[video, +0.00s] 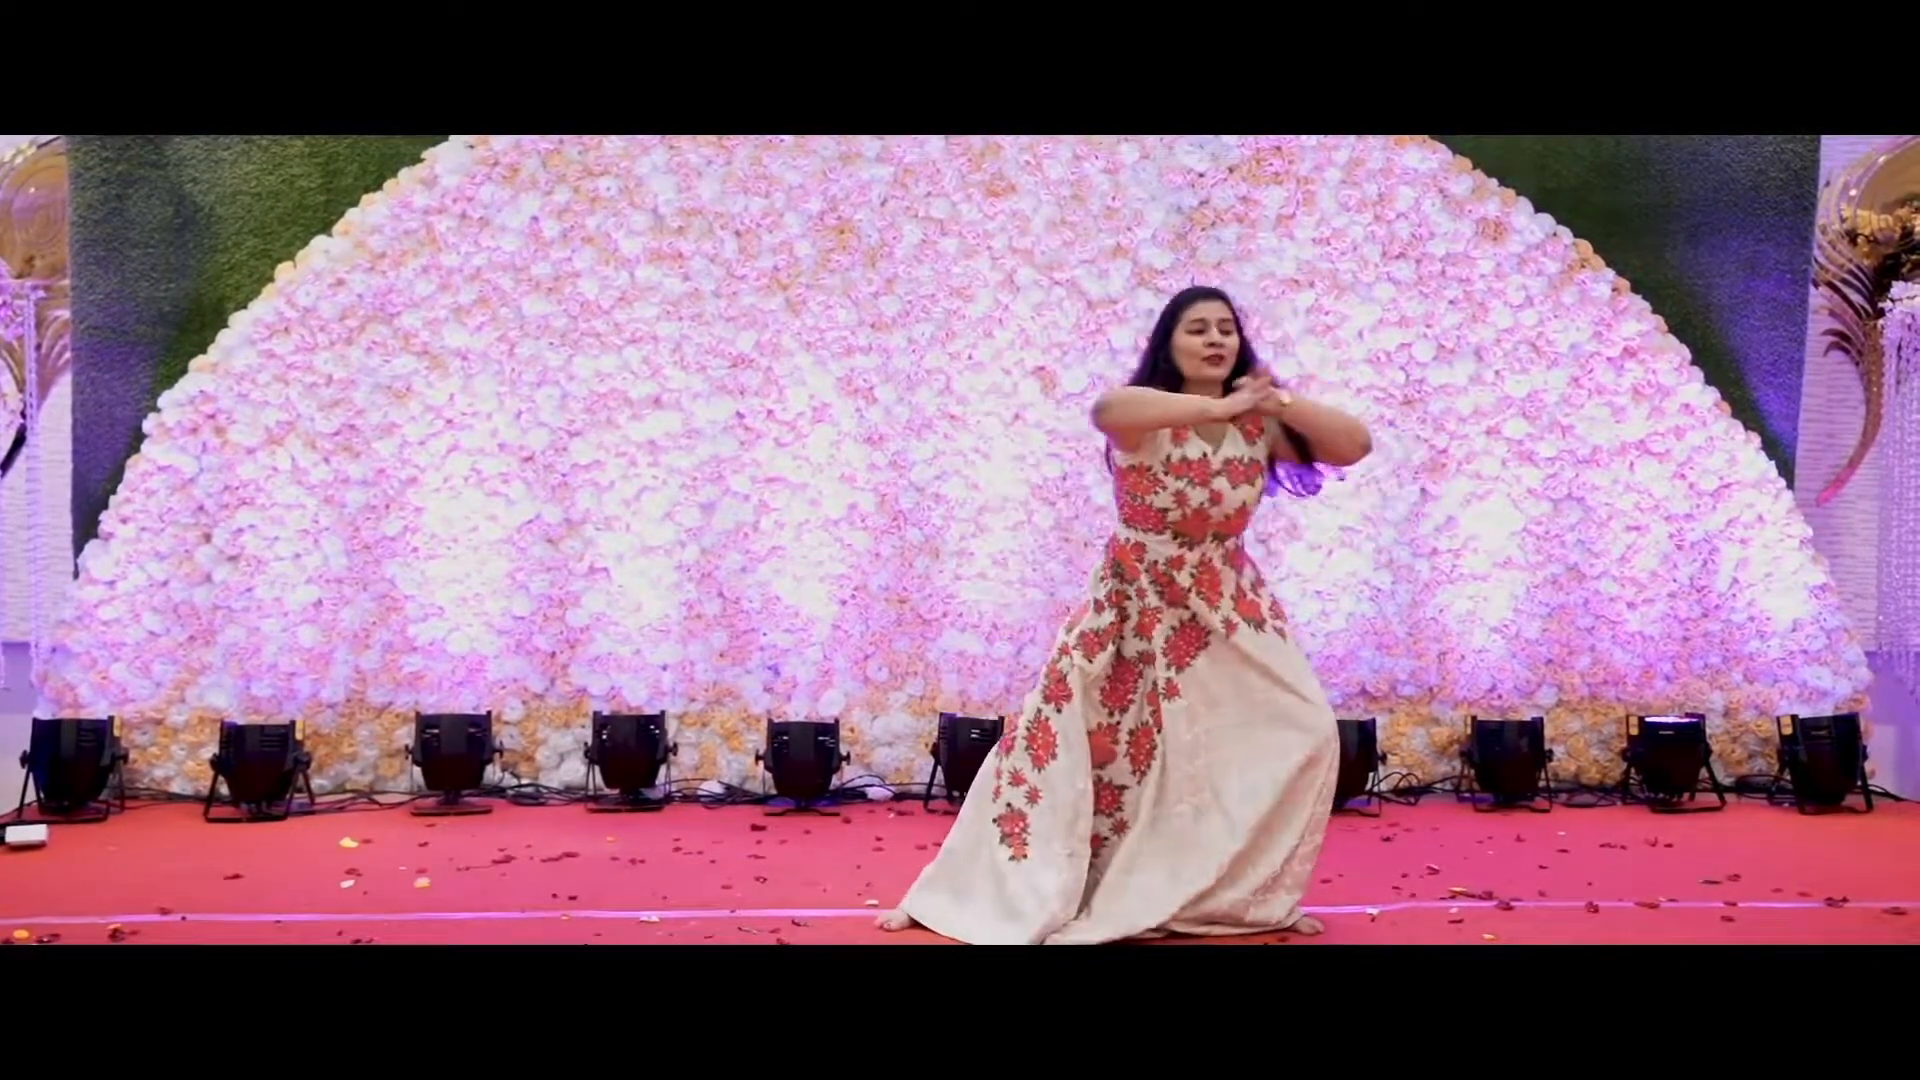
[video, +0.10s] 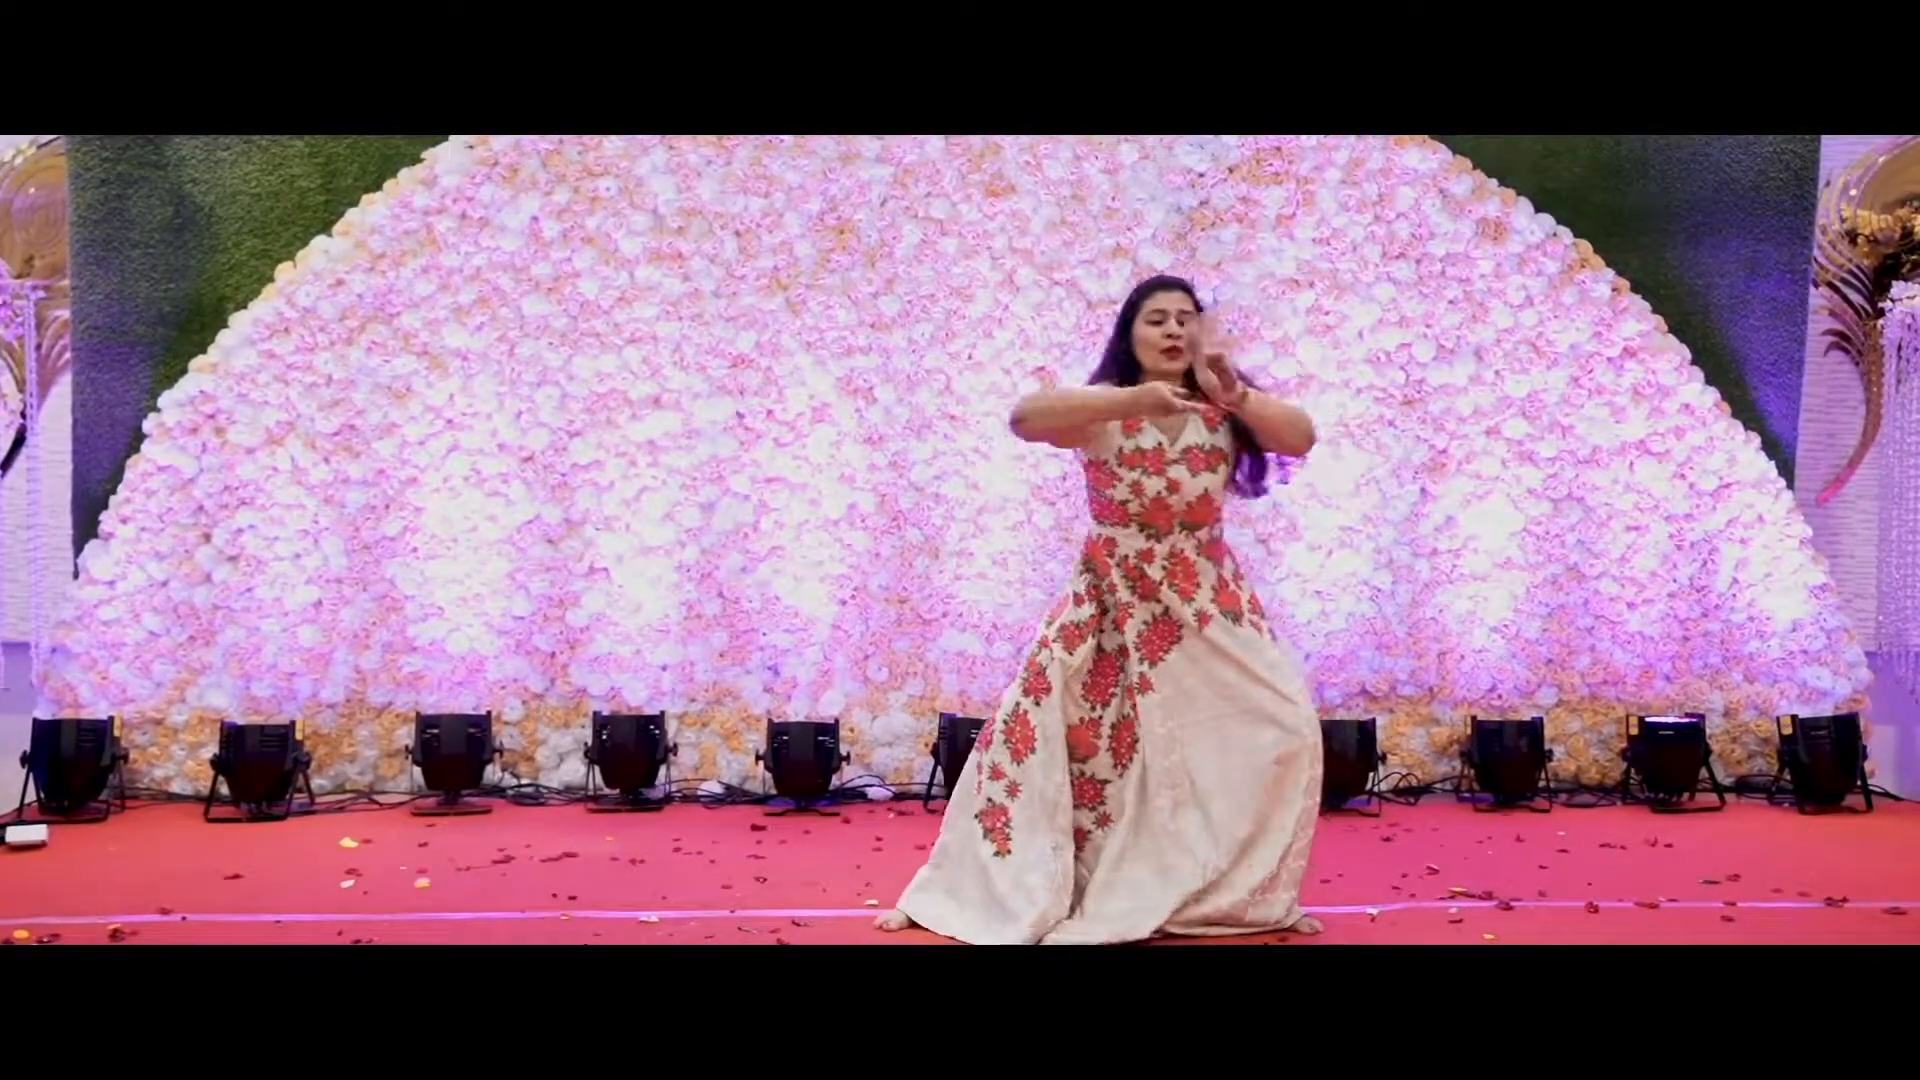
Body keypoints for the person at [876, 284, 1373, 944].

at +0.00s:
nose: (1215, 339)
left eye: (1226, 329)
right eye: (1198, 329)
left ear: (1241, 344)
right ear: (1168, 344)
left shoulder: (1262, 417)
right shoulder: (1145, 408)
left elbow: (1355, 443)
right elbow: (1108, 411)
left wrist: (1284, 404)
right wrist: (1211, 407)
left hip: (1227, 598)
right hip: (1135, 598)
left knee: (1312, 731)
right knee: (1094, 740)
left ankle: (1227, 893)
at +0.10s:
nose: (1173, 329)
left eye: (1185, 319)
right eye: (1157, 319)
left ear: (1201, 334)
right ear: (1129, 335)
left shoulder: (1228, 400)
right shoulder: (1101, 405)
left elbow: (1300, 436)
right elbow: (1025, 419)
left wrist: (1235, 397)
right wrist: (1138, 402)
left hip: (1207, 597)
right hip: (1110, 598)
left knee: (1292, 731)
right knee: (1032, 727)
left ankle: (1233, 893)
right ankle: (1047, 894)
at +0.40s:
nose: (1078, 317)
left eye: (1091, 311)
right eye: (1067, 301)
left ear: (1101, 325)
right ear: (1032, 305)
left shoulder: (1107, 384)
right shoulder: (984, 376)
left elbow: (1158, 447)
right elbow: (890, 345)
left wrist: (1100, 375)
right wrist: (960, 314)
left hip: (1103, 571)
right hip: (1015, 575)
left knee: (1167, 721)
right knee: (983, 729)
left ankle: (1276, 884)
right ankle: (1014, 896)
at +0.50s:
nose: (1070, 328)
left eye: (1081, 322)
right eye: (1061, 311)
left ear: (1082, 335)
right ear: (1022, 307)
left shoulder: (1072, 387)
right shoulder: (963, 365)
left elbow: (1123, 444)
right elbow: (880, 308)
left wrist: (1072, 371)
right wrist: (939, 308)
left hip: (1066, 580)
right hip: (976, 585)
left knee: (1161, 715)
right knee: (938, 731)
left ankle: (1298, 843)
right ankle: (953, 897)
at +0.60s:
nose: (1061, 348)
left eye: (1072, 340)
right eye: (1052, 330)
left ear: (1073, 354)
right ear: (1015, 323)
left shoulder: (1065, 411)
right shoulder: (953, 375)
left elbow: (1088, 474)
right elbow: (876, 320)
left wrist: (1038, 401)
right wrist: (915, 318)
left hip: (1038, 595)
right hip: (953, 599)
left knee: (1131, 731)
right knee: (914, 744)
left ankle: (1278, 843)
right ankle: (938, 913)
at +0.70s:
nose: (1057, 368)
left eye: (1068, 362)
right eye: (1048, 350)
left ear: (1067, 376)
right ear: (1009, 341)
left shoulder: (1052, 437)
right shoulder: (948, 392)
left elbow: (1057, 507)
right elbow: (879, 356)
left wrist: (1000, 436)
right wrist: (882, 344)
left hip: (1015, 614)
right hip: (933, 613)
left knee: (1114, 745)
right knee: (890, 754)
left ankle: (1274, 852)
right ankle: (924, 914)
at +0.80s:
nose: (1054, 385)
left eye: (1066, 379)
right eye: (1046, 366)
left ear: (1065, 393)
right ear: (1006, 359)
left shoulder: (1045, 459)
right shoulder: (943, 410)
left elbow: (1035, 531)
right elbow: (902, 385)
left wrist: (953, 470)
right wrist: (869, 374)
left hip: (1006, 635)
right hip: (926, 631)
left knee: (1109, 759)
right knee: (890, 769)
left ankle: (1264, 864)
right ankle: (921, 918)